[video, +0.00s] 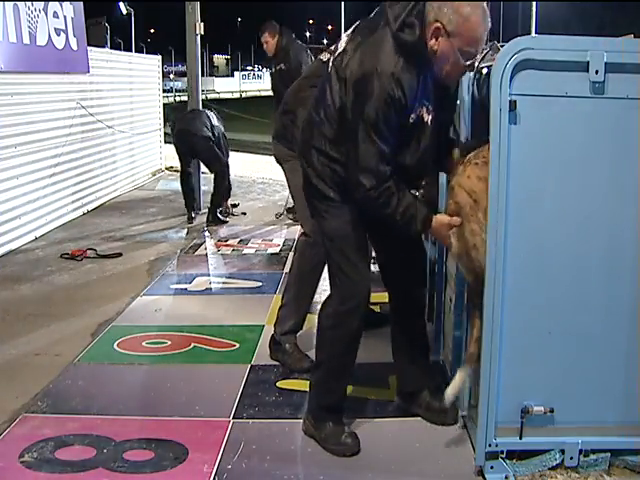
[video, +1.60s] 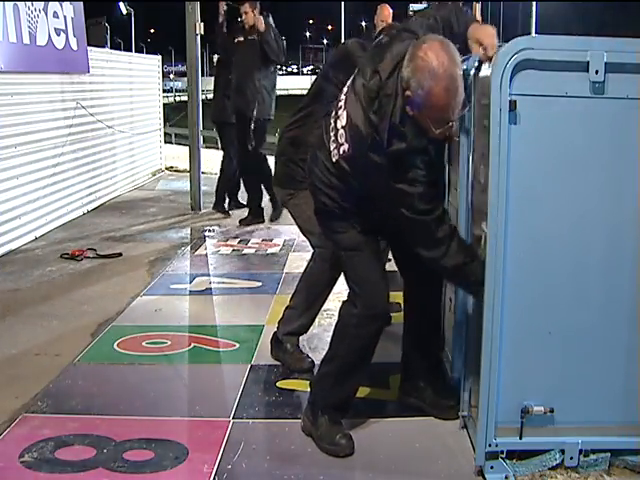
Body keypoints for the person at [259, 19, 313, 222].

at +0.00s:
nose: (265, 47)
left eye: (267, 42)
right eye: (263, 43)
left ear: (276, 38)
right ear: (270, 39)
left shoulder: (295, 55)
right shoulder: (278, 56)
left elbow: (303, 91)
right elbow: (280, 93)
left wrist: (299, 121)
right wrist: (281, 119)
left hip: (297, 119)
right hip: (286, 118)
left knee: (294, 159)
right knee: (290, 159)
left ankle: (304, 206)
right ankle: (298, 202)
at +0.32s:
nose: (280, 21)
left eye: (283, 17)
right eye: (279, 17)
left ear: (294, 17)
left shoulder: (307, 39)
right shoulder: (283, 41)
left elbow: (313, 71)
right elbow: (278, 68)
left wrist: (291, 91)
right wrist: (278, 86)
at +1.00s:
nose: (279, 17)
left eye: (283, 13)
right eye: (279, 13)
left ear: (294, 12)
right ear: (284, 14)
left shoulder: (306, 37)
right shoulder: (282, 35)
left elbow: (312, 71)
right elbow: (276, 66)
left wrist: (289, 69)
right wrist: (260, 57)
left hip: (296, 108)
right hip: (281, 106)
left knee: (278, 156)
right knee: (276, 154)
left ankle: (265, 204)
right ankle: (265, 203)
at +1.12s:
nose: (273, 18)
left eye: (276, 14)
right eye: (272, 14)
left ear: (288, 13)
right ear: (275, 15)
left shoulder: (300, 38)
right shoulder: (272, 37)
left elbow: (304, 70)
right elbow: (264, 66)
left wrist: (285, 64)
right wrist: (249, 50)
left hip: (293, 109)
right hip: (276, 108)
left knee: (274, 159)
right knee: (270, 158)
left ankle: (259, 205)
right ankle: (258, 206)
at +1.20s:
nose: (268, 18)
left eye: (271, 14)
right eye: (267, 15)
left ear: (283, 13)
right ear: (270, 15)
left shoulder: (294, 36)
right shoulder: (269, 36)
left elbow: (299, 71)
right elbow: (257, 63)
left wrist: (280, 61)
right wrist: (245, 46)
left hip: (289, 110)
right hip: (271, 108)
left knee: (288, 161)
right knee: (267, 160)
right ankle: (257, 209)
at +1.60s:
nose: (243, 18)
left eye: (246, 13)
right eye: (241, 14)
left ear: (256, 12)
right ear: (241, 15)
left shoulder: (269, 32)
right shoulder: (240, 35)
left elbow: (280, 57)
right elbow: (224, 53)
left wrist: (264, 30)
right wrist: (222, 22)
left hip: (261, 102)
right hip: (240, 102)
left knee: (255, 153)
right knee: (244, 157)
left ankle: (276, 199)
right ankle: (255, 210)